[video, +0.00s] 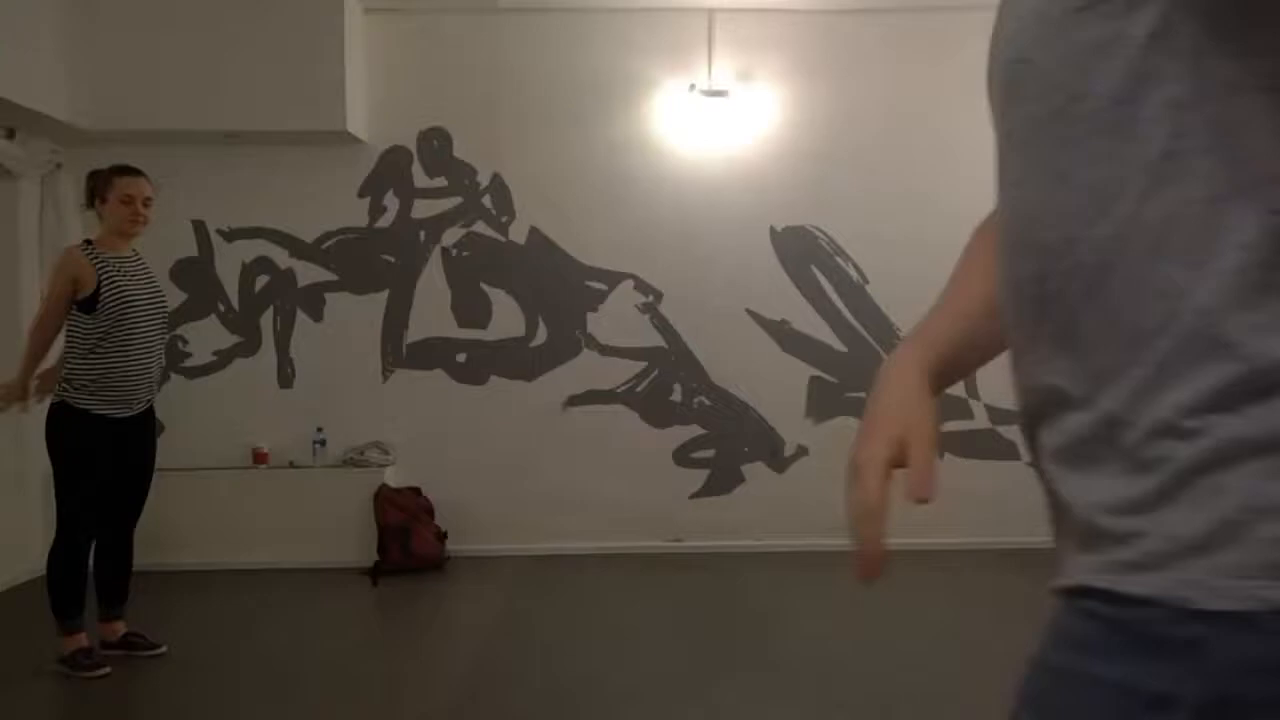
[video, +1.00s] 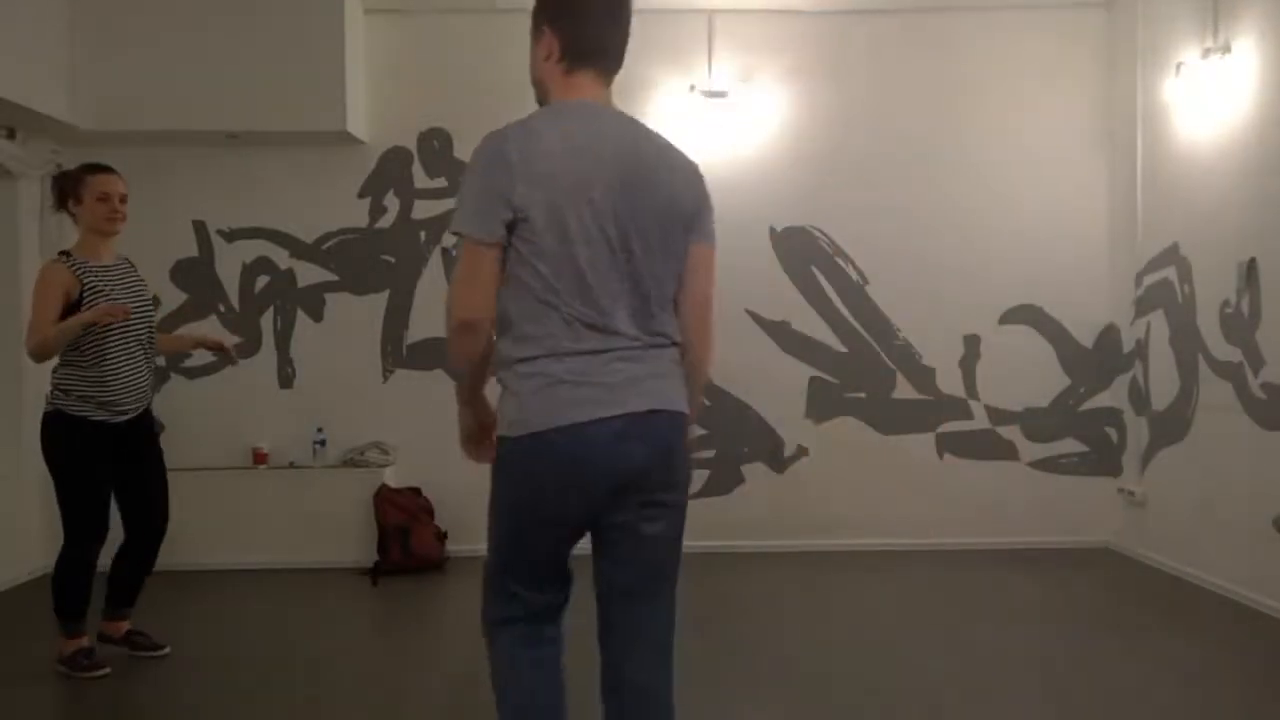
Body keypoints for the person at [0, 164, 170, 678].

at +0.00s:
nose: (139, 211)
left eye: (146, 203)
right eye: (128, 201)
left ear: (151, 211)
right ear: (101, 205)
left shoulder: (136, 264)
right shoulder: (78, 261)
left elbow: (110, 335)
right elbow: (45, 326)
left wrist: (56, 373)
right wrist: (21, 381)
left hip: (133, 421)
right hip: (81, 421)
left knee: (120, 528)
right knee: (76, 529)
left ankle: (113, 629)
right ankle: (73, 639)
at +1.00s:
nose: (116, 208)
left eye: (122, 200)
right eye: (103, 199)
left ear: (127, 207)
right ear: (74, 207)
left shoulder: (126, 269)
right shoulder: (61, 271)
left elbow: (143, 342)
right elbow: (37, 347)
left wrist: (198, 339)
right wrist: (85, 319)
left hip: (132, 423)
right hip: (77, 427)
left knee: (149, 522)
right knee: (86, 533)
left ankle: (116, 625)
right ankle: (72, 642)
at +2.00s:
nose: (197, 199)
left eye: (201, 191)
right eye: (185, 191)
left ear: (203, 199)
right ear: (154, 199)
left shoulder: (208, 266)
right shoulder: (136, 266)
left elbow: (247, 337)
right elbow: (119, 350)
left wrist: (295, 306)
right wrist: (132, 422)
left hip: (217, 422)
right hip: (165, 426)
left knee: (200, 539)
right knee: (167, 542)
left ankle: (189, 650)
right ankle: (167, 660)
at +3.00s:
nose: (215, 200)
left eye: (217, 191)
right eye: (203, 192)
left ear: (217, 198)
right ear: (170, 200)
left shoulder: (210, 261)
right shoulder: (155, 262)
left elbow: (215, 330)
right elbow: (125, 343)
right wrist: (149, 417)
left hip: (214, 421)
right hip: (168, 425)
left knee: (206, 538)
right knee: (177, 541)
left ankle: (190, 650)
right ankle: (168, 660)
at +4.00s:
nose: (266, 210)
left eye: (267, 201)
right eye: (257, 200)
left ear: (234, 204)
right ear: (222, 199)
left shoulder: (235, 263)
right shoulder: (195, 262)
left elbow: (237, 316)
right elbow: (153, 338)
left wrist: (271, 270)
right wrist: (127, 415)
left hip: (222, 421)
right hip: (194, 422)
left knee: (196, 540)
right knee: (258, 528)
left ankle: (174, 654)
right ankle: (245, 658)